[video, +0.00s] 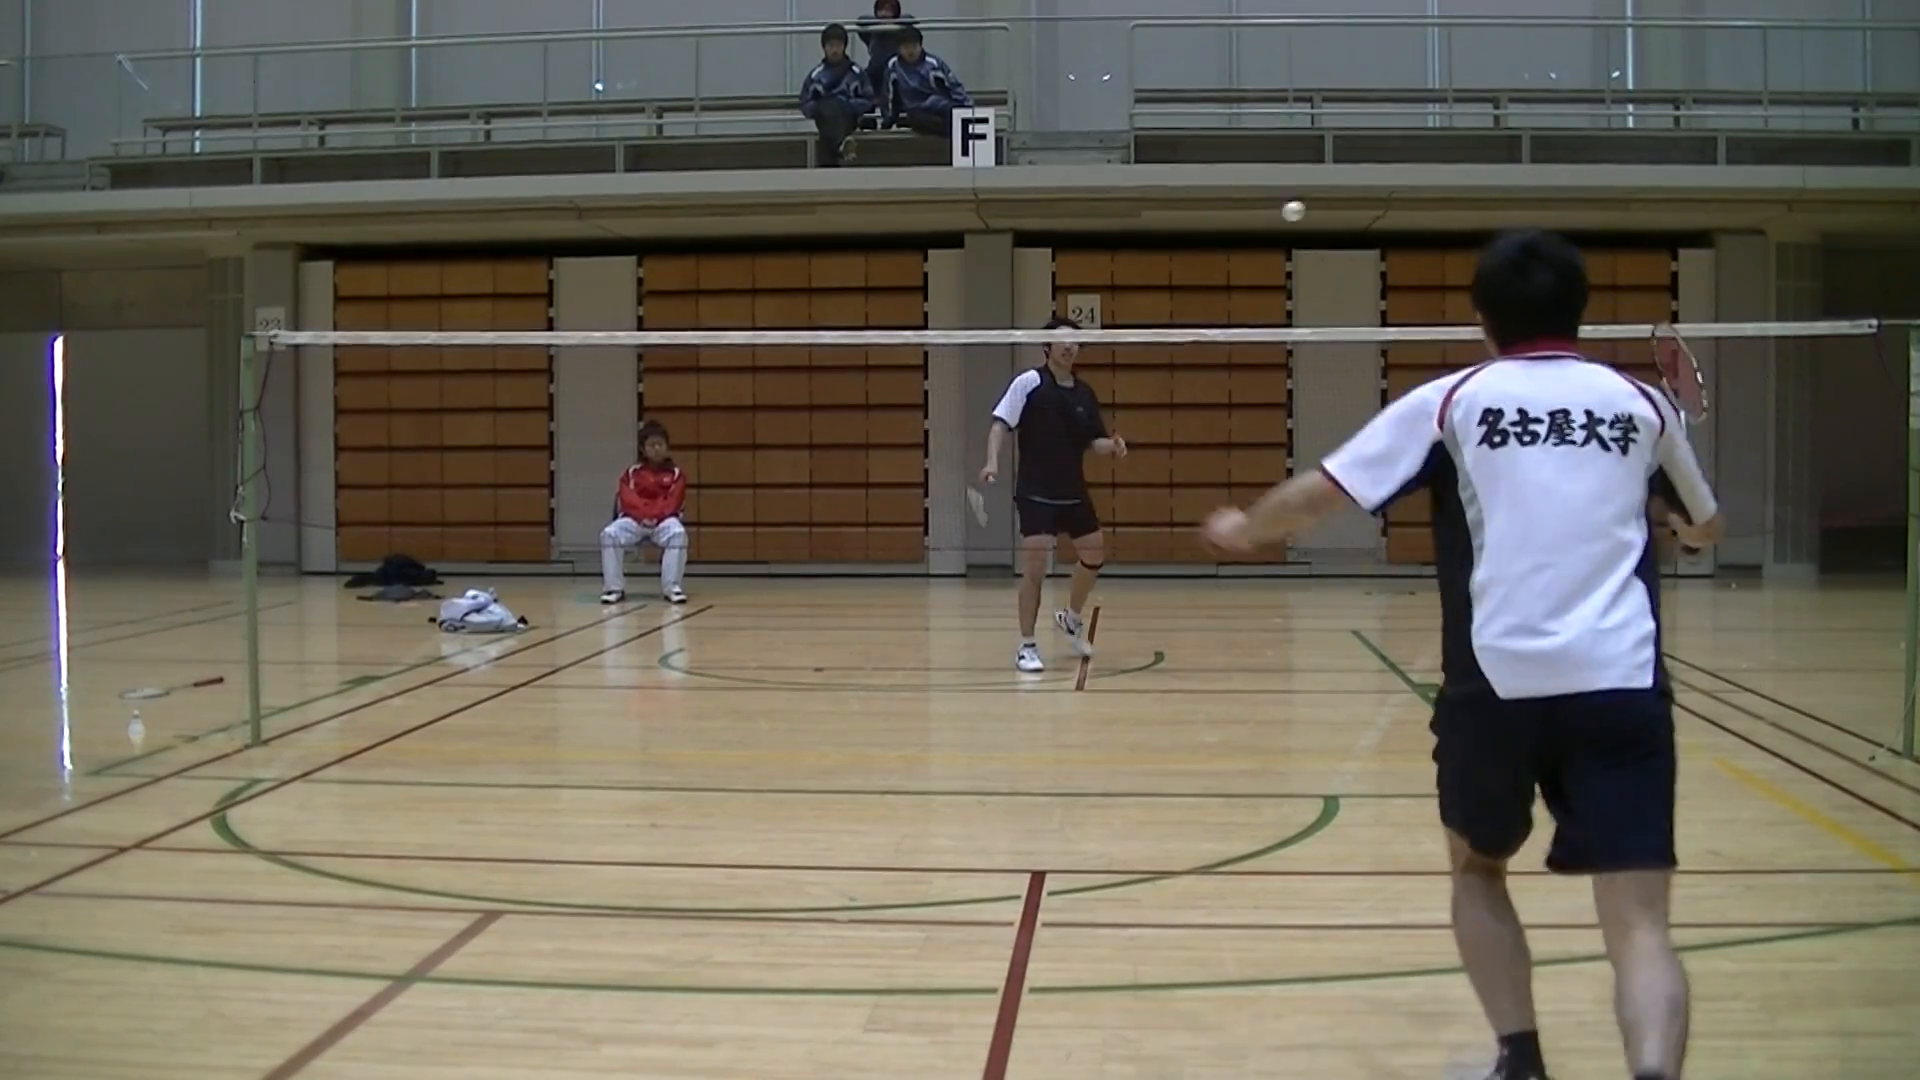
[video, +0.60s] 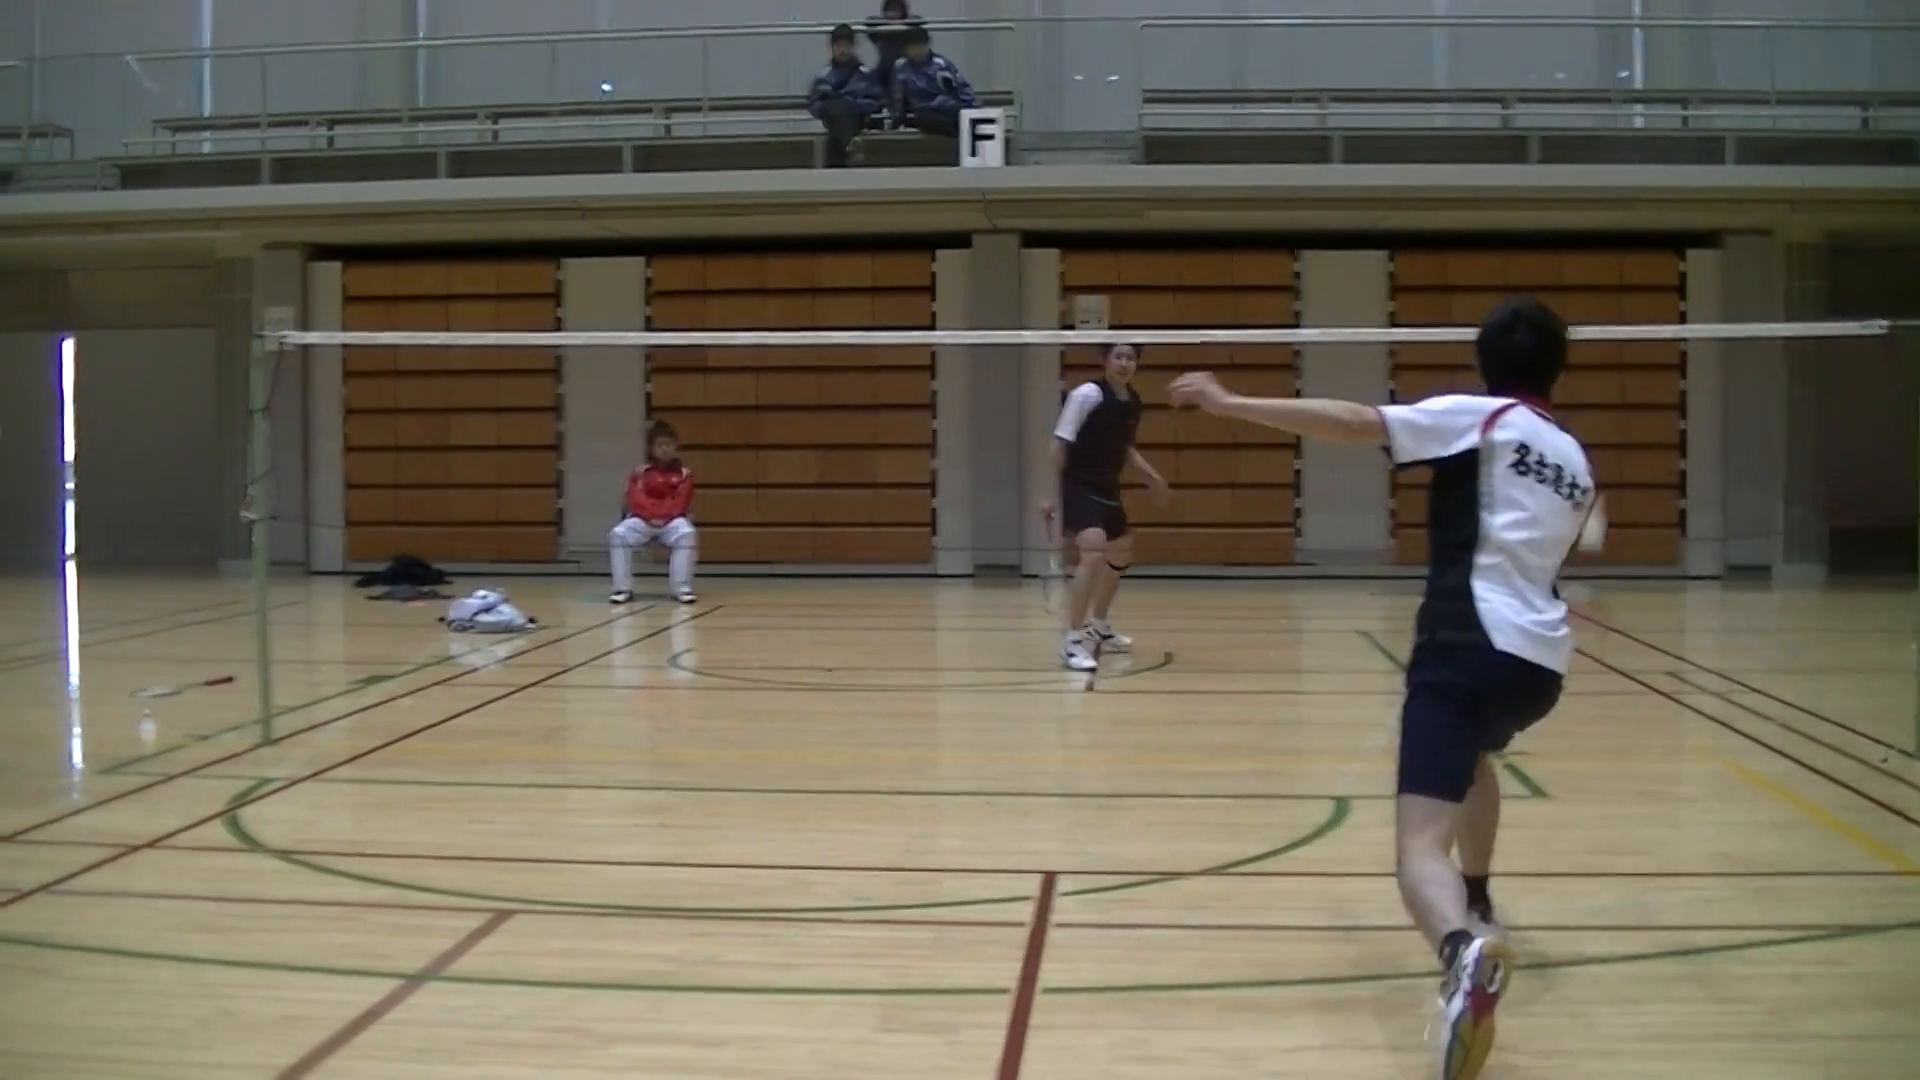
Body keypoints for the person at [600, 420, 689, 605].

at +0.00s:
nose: (656, 449)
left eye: (660, 444)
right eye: (651, 445)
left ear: (667, 447)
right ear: (643, 449)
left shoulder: (676, 474)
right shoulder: (632, 472)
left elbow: (673, 503)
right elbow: (627, 499)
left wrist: (655, 517)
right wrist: (643, 515)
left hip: (663, 519)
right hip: (634, 519)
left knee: (678, 535)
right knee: (609, 535)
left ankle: (672, 587)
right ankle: (614, 588)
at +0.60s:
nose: (664, 449)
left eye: (669, 444)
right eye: (659, 445)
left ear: (676, 447)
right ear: (651, 449)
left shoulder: (683, 475)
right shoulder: (640, 473)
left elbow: (680, 505)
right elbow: (635, 500)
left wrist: (660, 516)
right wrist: (652, 515)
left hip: (671, 519)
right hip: (643, 519)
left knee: (687, 534)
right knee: (618, 535)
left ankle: (682, 587)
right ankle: (622, 589)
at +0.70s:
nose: (697, 449)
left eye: (702, 444)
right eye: (692, 444)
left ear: (708, 447)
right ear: (683, 449)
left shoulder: (716, 475)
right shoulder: (673, 473)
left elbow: (713, 506)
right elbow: (668, 503)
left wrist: (691, 515)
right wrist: (684, 517)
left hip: (704, 520)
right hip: (676, 520)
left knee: (718, 534)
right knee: (651, 534)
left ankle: (714, 587)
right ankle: (654, 589)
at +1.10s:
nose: (674, 448)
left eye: (678, 443)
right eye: (668, 443)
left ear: (684, 445)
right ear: (659, 448)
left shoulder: (691, 473)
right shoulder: (648, 471)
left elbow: (689, 502)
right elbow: (643, 498)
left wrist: (671, 516)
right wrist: (661, 513)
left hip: (680, 518)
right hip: (651, 518)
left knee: (695, 534)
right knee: (627, 533)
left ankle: (688, 585)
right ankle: (631, 588)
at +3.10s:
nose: (656, 450)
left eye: (660, 445)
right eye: (651, 446)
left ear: (666, 448)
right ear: (642, 450)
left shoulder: (675, 475)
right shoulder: (631, 474)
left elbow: (672, 504)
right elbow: (626, 500)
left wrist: (655, 518)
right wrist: (642, 516)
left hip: (662, 521)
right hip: (633, 521)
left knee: (677, 536)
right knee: (609, 536)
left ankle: (671, 588)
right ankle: (614, 590)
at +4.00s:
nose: (656, 441)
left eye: (660, 436)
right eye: (651, 437)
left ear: (666, 439)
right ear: (642, 442)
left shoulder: (674, 466)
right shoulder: (630, 465)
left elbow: (672, 494)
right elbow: (626, 492)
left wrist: (657, 510)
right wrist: (641, 508)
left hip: (661, 513)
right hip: (633, 512)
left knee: (677, 527)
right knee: (609, 528)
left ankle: (671, 580)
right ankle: (613, 582)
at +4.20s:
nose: (652, 364)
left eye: (656, 358)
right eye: (648, 358)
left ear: (662, 361)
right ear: (641, 361)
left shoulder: (669, 384)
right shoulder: (630, 383)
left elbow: (671, 415)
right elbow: (623, 414)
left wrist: (655, 430)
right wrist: (638, 430)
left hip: (659, 429)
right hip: (631, 428)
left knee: (671, 449)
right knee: (610, 449)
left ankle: (669, 505)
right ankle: (609, 507)